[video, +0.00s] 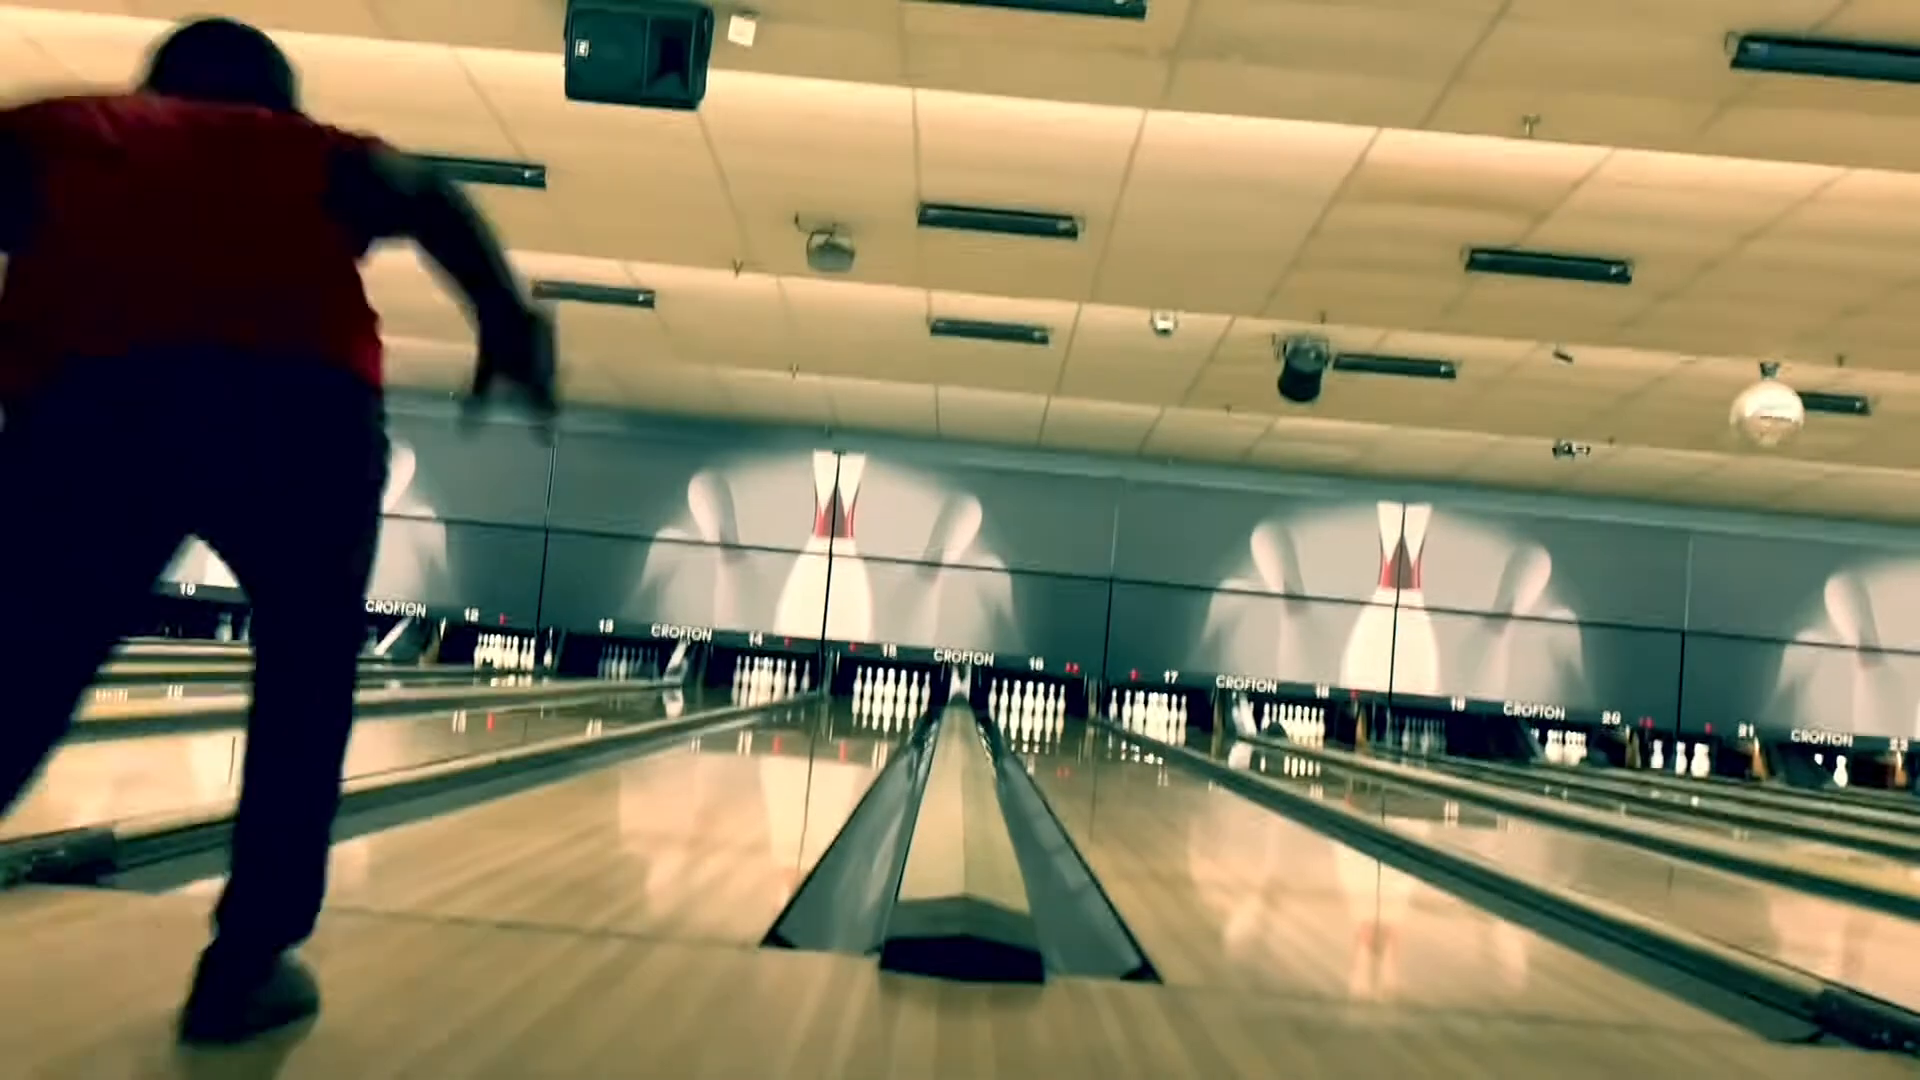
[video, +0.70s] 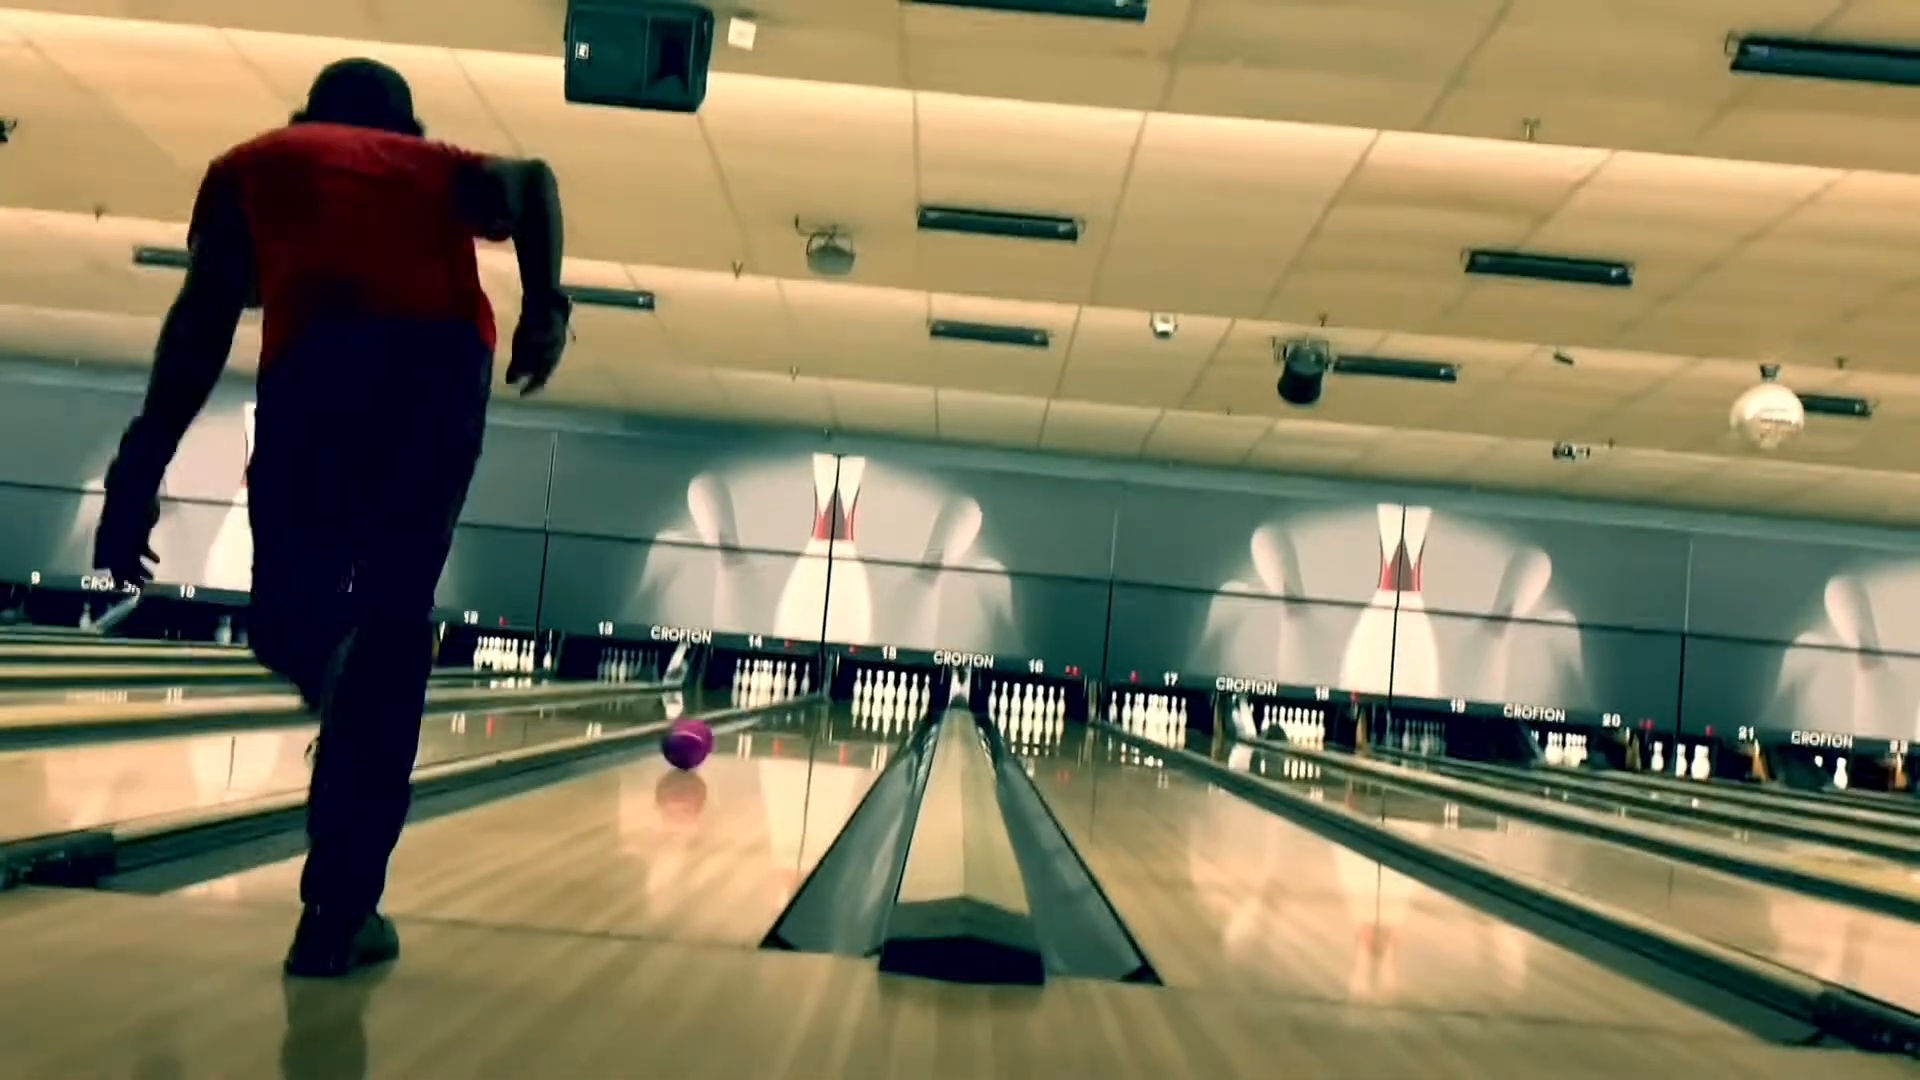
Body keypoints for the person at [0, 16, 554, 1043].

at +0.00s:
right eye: (280, 105)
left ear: (150, 85)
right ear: (278, 99)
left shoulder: (58, 126)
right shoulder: (314, 148)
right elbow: (427, 193)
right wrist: (506, 316)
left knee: (21, 685)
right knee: (304, 687)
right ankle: (241, 976)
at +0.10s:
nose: (400, 174)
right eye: (395, 155)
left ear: (268, 144)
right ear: (378, 144)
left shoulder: (181, 221)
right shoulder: (390, 191)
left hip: (173, 450)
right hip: (342, 445)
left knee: (144, 750)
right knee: (344, 683)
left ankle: (55, 919)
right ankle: (280, 946)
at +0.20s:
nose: (436, 225)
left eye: (429, 214)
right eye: (428, 214)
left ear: (318, 208)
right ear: (400, 204)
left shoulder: (232, 269)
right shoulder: (406, 227)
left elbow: (188, 423)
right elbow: (461, 260)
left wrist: (205, 582)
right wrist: (502, 372)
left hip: (233, 466)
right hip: (376, 448)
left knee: (252, 759)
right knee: (380, 668)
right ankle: (322, 914)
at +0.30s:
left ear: (330, 233)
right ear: (398, 229)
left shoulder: (255, 289)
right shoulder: (414, 258)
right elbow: (450, 245)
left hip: (278, 448)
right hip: (414, 437)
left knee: (314, 733)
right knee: (399, 686)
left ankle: (432, 794)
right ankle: (332, 927)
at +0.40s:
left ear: (324, 206)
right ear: (398, 201)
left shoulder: (263, 248)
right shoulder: (428, 222)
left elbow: (229, 399)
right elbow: (468, 186)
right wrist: (422, 146)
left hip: (309, 414)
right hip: (437, 397)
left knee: (332, 687)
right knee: (401, 645)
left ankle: (445, 664)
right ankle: (333, 925)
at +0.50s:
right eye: (410, 157)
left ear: (327, 160)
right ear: (412, 157)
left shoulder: (266, 209)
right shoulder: (436, 181)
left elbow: (209, 386)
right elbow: (490, 151)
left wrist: (222, 452)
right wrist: (493, 196)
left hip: (321, 374)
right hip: (448, 366)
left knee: (314, 632)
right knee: (392, 647)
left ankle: (428, 609)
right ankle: (334, 916)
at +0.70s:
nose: (411, 133)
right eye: (410, 121)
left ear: (309, 111)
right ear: (403, 120)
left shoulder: (250, 166)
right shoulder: (436, 160)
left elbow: (197, 334)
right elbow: (532, 180)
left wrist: (139, 470)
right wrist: (544, 310)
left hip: (315, 381)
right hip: (441, 377)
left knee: (287, 617)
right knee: (392, 646)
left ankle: (340, 678)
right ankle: (334, 921)